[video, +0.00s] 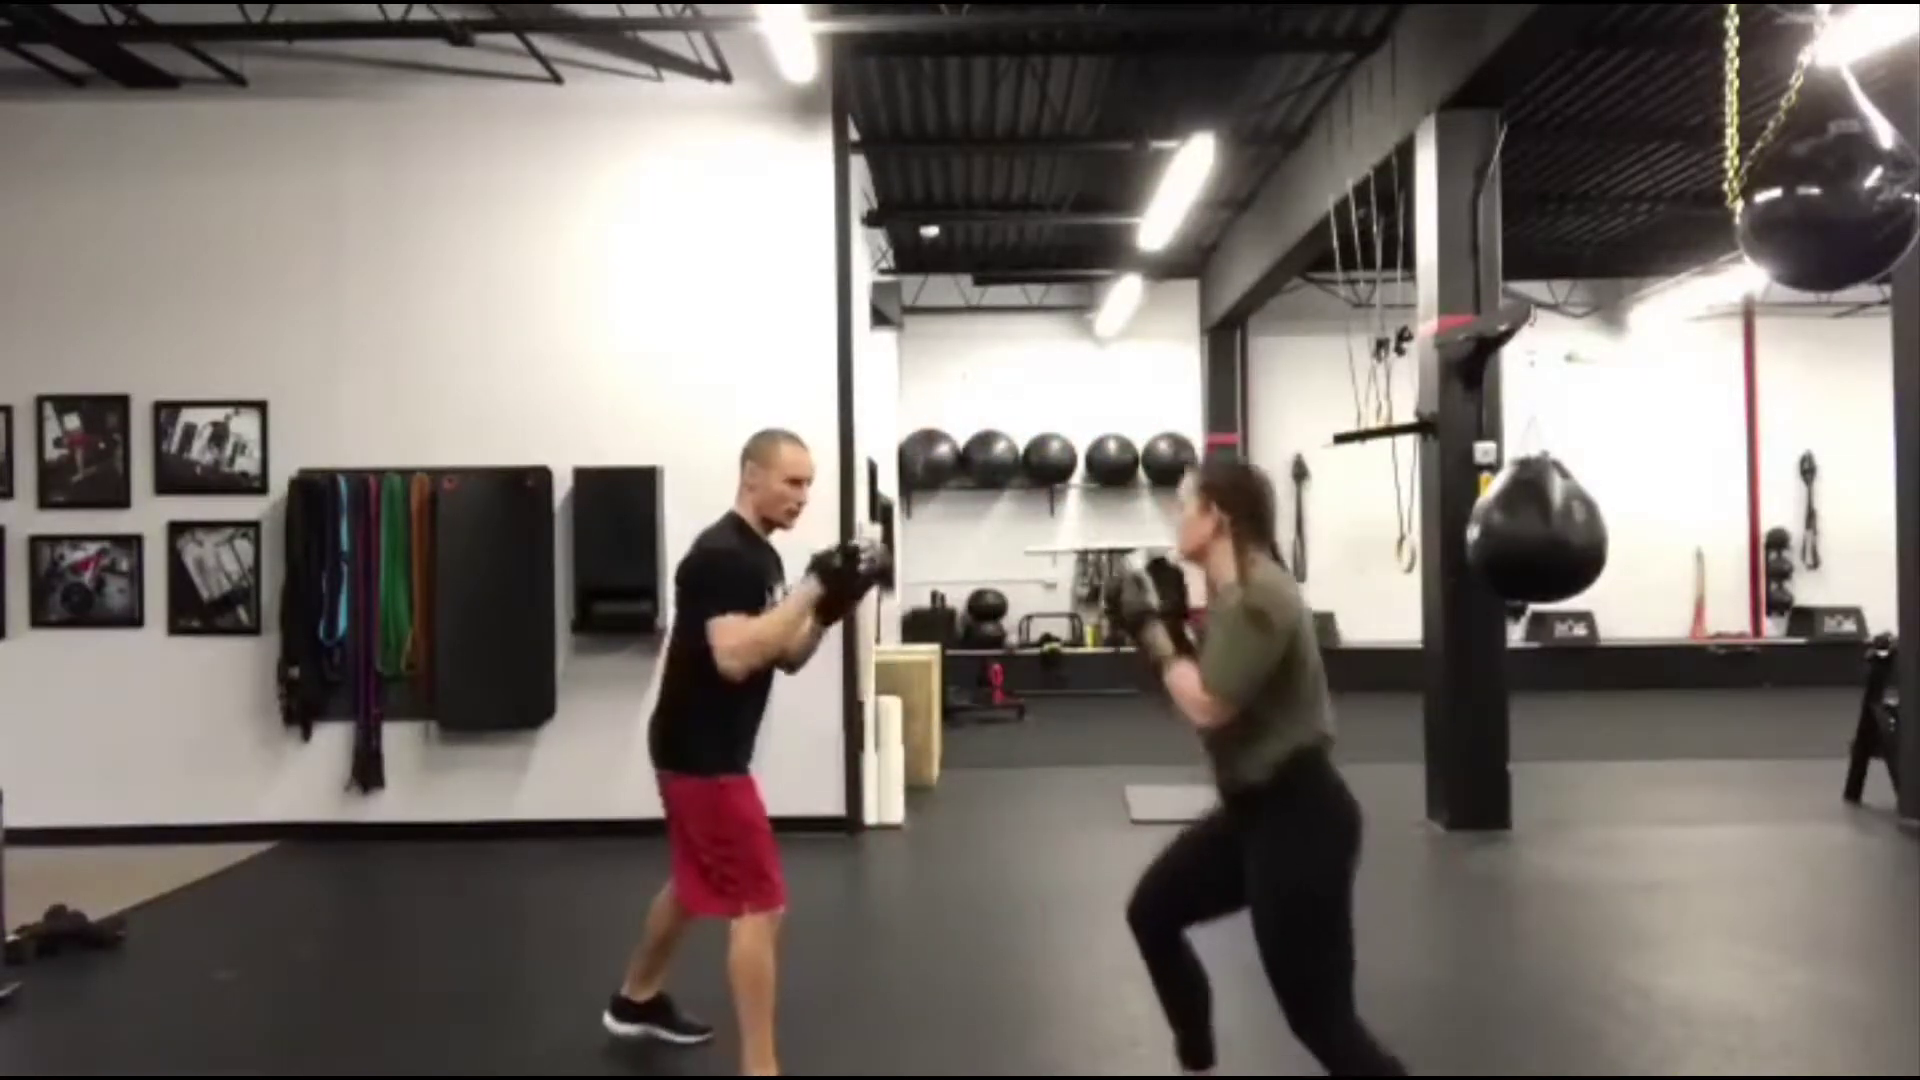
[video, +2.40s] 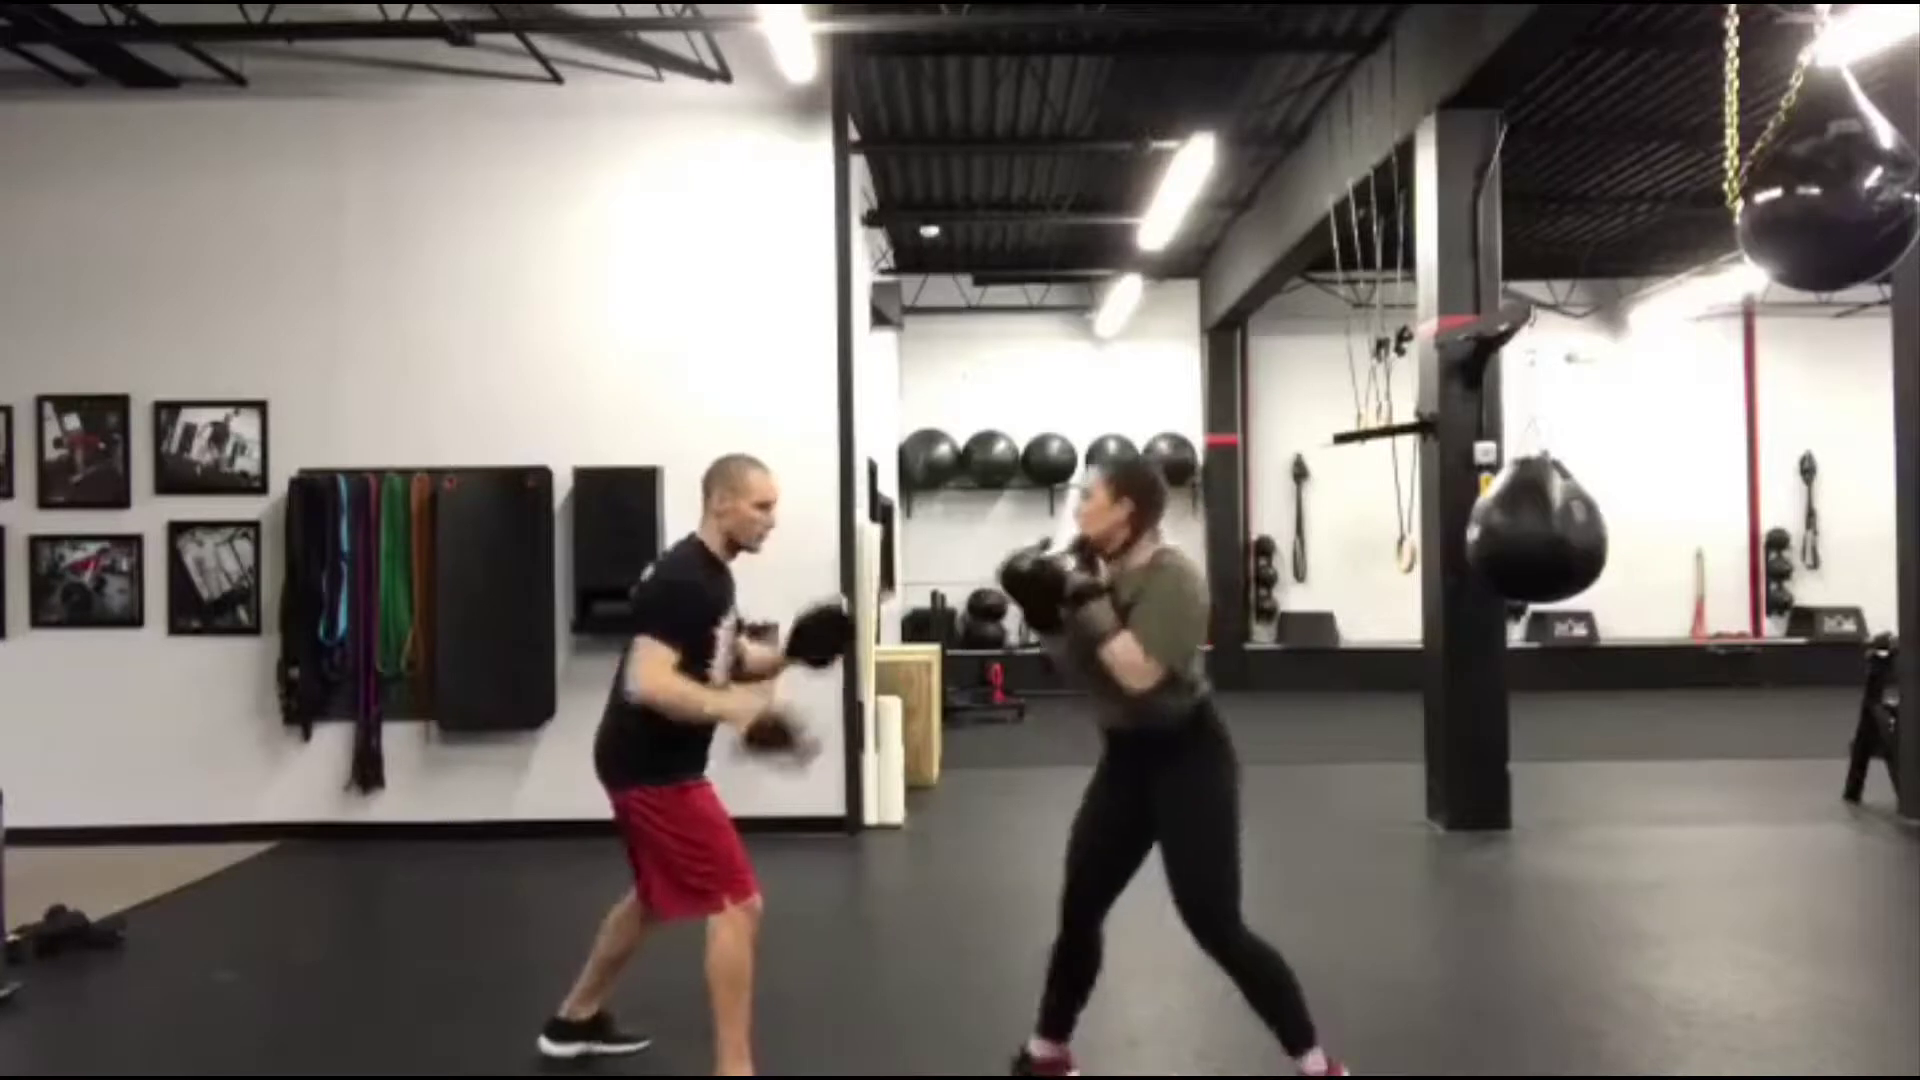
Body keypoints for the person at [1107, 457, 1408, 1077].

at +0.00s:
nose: (1177, 521)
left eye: (1186, 508)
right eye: (1181, 508)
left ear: (1215, 518)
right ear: (1226, 519)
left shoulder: (1259, 597)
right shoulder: (1240, 597)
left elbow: (1208, 706)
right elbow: (1212, 691)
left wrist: (1153, 635)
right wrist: (1169, 629)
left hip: (1301, 817)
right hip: (1263, 815)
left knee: (1321, 1020)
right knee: (1152, 912)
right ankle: (1197, 1064)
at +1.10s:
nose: (1143, 503)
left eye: (1154, 492)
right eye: (1148, 491)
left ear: (1185, 505)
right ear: (1188, 506)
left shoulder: (1210, 580)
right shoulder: (1181, 574)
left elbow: (1136, 666)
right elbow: (1139, 643)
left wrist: (1109, 595)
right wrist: (1119, 589)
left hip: (1218, 773)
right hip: (1174, 771)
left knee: (1241, 959)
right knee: (1122, 912)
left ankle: (1347, 1068)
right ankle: (1111, 1055)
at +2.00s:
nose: (1113, 513)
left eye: (1120, 501)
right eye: (1115, 501)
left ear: (1152, 510)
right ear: (1155, 511)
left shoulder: (1207, 582)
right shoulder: (1152, 576)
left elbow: (1158, 676)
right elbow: (1131, 632)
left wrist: (1110, 595)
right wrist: (1075, 575)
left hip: (1213, 774)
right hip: (1154, 771)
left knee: (1257, 940)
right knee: (1071, 900)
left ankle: (1347, 1068)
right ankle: (1078, 1043)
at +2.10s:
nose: (1084, 528)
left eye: (1093, 517)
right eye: (1087, 517)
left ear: (1126, 526)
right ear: (1124, 526)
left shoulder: (1181, 604)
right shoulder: (1099, 585)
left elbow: (1152, 700)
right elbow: (1025, 573)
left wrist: (1096, 621)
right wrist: (962, 536)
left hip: (1181, 778)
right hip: (1117, 776)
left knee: (1231, 943)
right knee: (1056, 918)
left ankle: (1327, 1068)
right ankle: (1048, 1057)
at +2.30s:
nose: (1068, 530)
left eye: (1079, 520)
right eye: (1071, 520)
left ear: (1112, 533)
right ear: (1102, 534)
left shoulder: (1159, 608)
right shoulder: (1085, 599)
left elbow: (1128, 709)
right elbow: (1036, 645)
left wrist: (1080, 634)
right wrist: (1014, 615)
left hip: (1160, 787)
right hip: (1098, 785)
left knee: (1209, 947)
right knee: (1043, 926)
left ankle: (1304, 1068)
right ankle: (1050, 1061)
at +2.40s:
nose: (1080, 510)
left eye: (1091, 500)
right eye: (1083, 498)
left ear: (1128, 510)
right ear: (1121, 510)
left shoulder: (1175, 578)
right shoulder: (1095, 574)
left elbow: (1140, 673)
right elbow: (1088, 664)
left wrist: (1090, 599)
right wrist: (1047, 613)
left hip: (1191, 759)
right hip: (1128, 759)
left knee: (1213, 922)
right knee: (1080, 909)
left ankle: (1312, 1059)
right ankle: (1048, 1050)